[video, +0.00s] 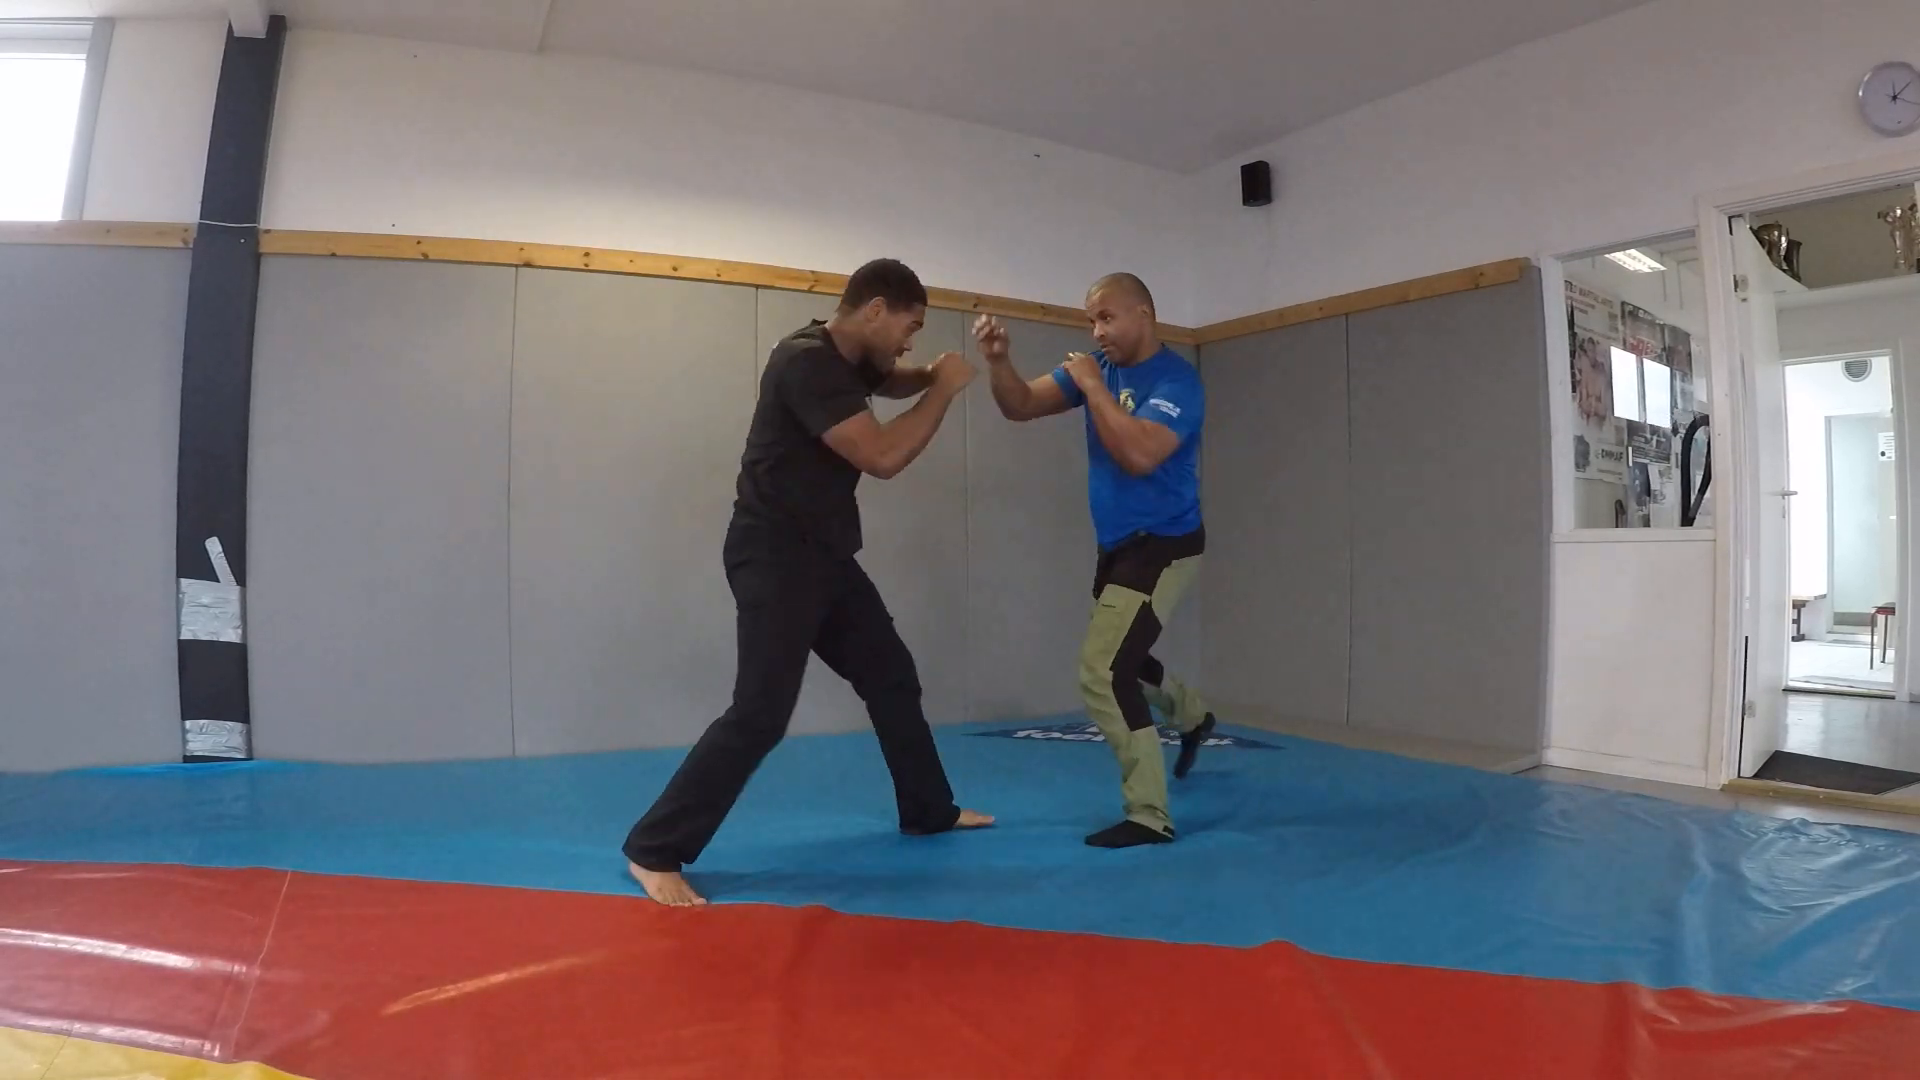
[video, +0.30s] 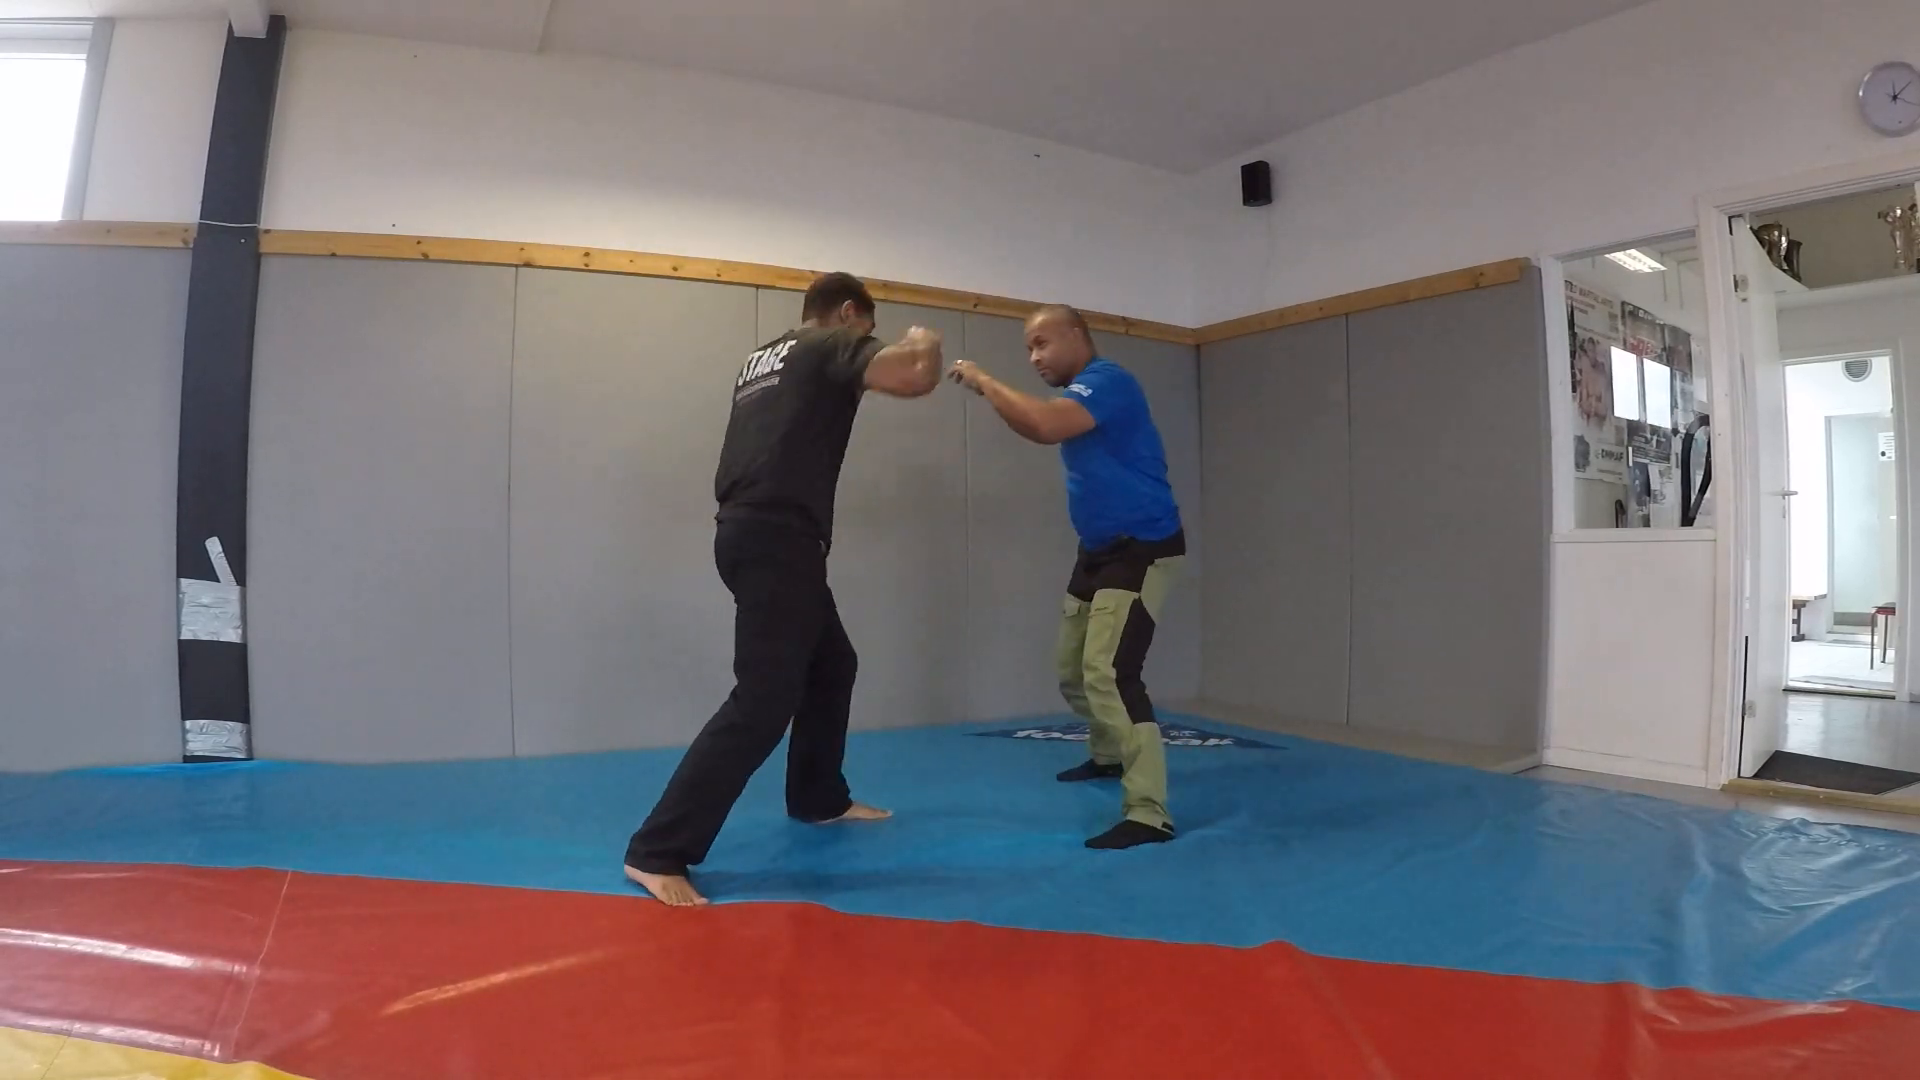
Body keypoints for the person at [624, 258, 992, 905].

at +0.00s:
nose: (909, 343)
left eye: (913, 334)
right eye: (908, 328)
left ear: (870, 313)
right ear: (873, 310)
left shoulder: (848, 357)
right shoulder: (806, 362)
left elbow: (895, 380)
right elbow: (884, 456)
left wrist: (940, 372)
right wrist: (944, 389)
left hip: (824, 558)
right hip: (775, 557)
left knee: (892, 679)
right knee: (760, 715)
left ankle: (929, 810)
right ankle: (654, 849)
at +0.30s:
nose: (864, 333)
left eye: (864, 327)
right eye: (864, 324)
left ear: (812, 314)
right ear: (850, 312)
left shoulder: (761, 359)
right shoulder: (834, 345)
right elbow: (917, 376)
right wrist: (923, 341)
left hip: (747, 535)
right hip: (780, 539)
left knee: (832, 665)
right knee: (765, 700)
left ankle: (818, 799)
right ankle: (657, 853)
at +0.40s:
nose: (856, 339)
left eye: (856, 332)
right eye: (855, 332)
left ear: (799, 326)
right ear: (841, 326)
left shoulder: (751, 374)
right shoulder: (842, 350)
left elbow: (746, 461)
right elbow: (959, 330)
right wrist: (953, 325)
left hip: (738, 538)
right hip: (786, 535)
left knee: (829, 663)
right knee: (765, 693)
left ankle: (820, 802)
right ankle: (656, 848)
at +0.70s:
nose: (864, 357)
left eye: (865, 349)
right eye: (864, 346)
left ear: (817, 329)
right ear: (849, 330)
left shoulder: (774, 367)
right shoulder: (829, 349)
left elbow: (748, 451)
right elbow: (862, 417)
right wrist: (922, 435)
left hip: (745, 526)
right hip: (762, 526)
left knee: (811, 666)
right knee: (750, 678)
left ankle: (819, 802)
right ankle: (655, 841)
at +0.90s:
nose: (855, 367)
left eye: (857, 357)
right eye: (853, 354)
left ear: (822, 342)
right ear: (827, 339)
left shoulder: (795, 396)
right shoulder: (775, 372)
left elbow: (817, 461)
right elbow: (755, 439)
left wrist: (865, 410)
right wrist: (846, 437)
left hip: (754, 559)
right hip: (720, 553)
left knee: (829, 662)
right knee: (748, 697)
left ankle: (826, 800)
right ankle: (618, 824)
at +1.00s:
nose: (829, 355)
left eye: (831, 343)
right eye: (828, 341)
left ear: (795, 333)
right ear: (797, 332)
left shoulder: (770, 397)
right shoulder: (729, 379)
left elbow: (777, 470)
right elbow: (670, 452)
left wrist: (818, 412)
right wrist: (768, 443)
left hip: (744, 564)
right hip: (698, 562)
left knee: (824, 668)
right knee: (725, 710)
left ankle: (834, 801)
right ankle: (595, 820)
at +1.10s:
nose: (781, 331)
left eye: (783, 318)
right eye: (778, 316)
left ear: (744, 306)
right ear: (744, 304)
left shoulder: (721, 373)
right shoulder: (662, 353)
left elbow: (732, 404)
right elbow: (569, 415)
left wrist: (765, 363)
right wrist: (659, 377)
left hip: (710, 561)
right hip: (648, 560)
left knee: (770, 686)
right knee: (677, 710)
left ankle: (826, 800)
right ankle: (608, 853)